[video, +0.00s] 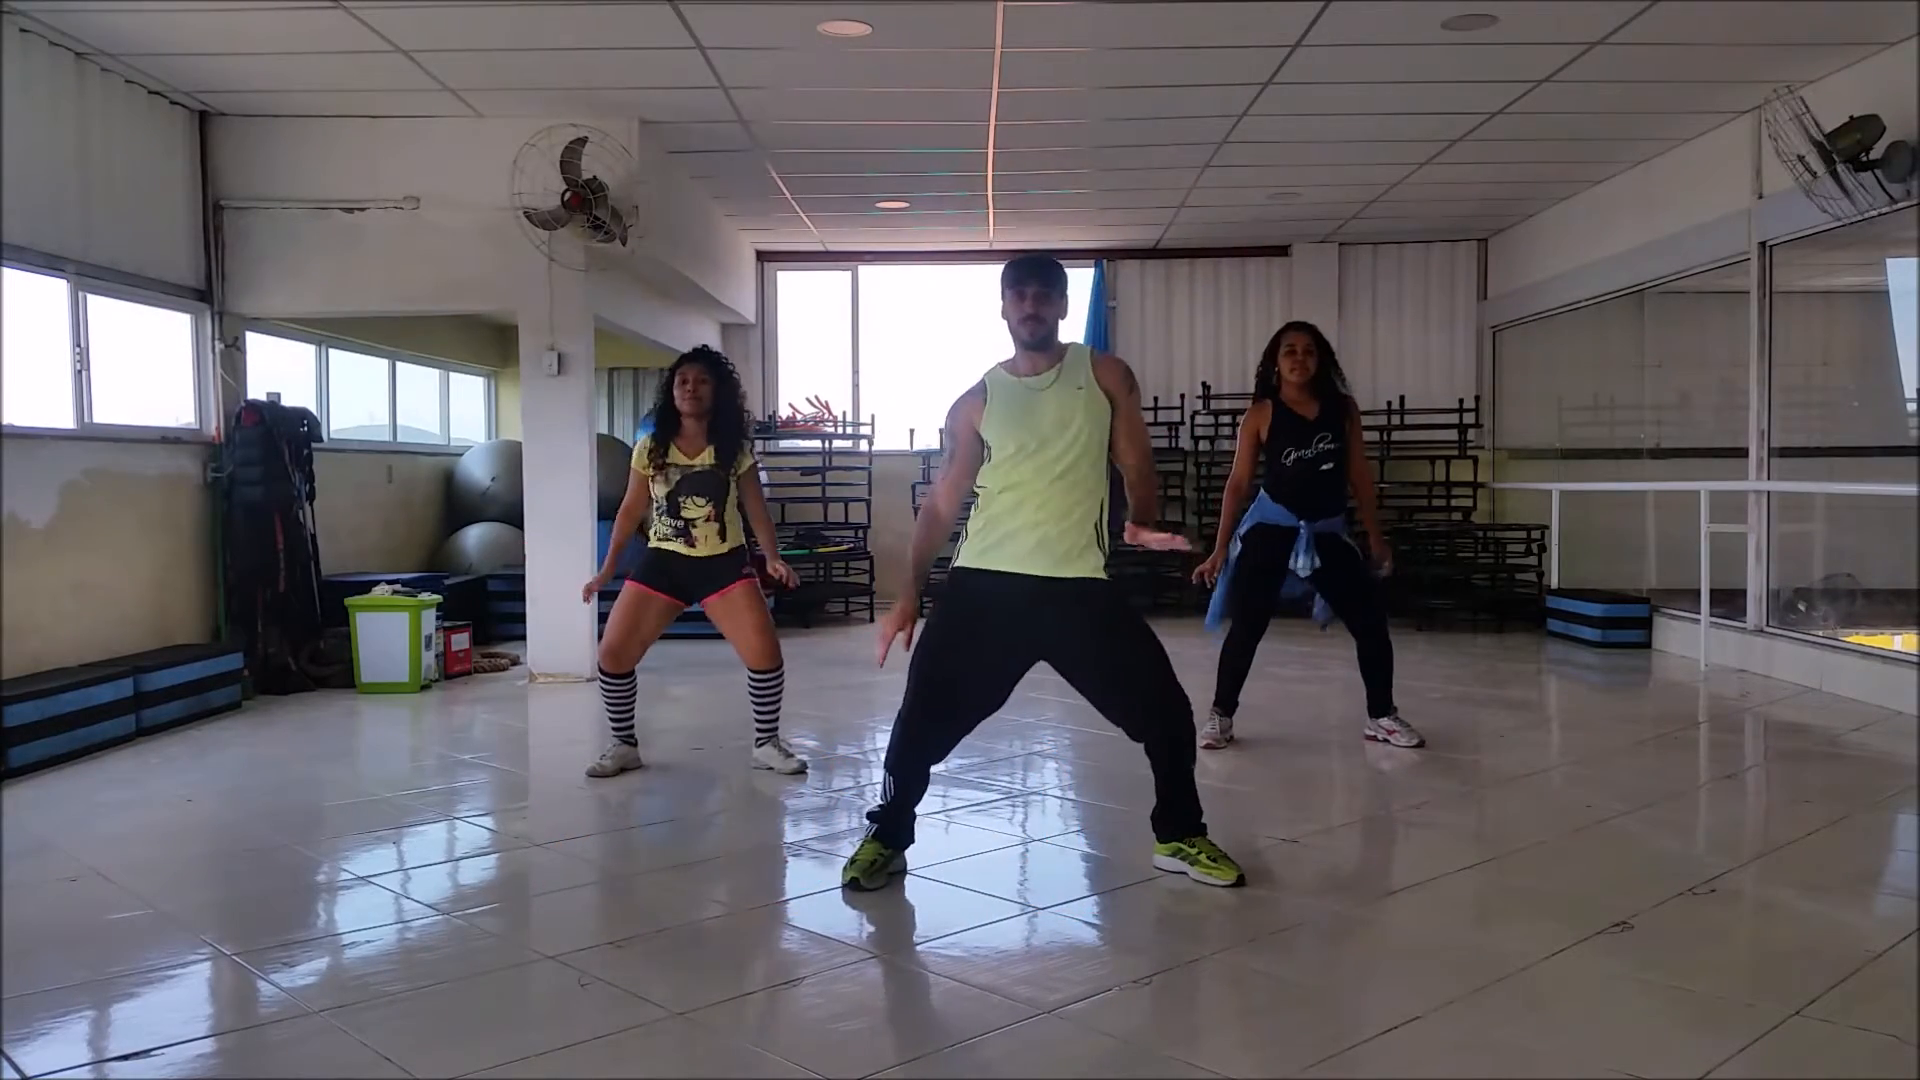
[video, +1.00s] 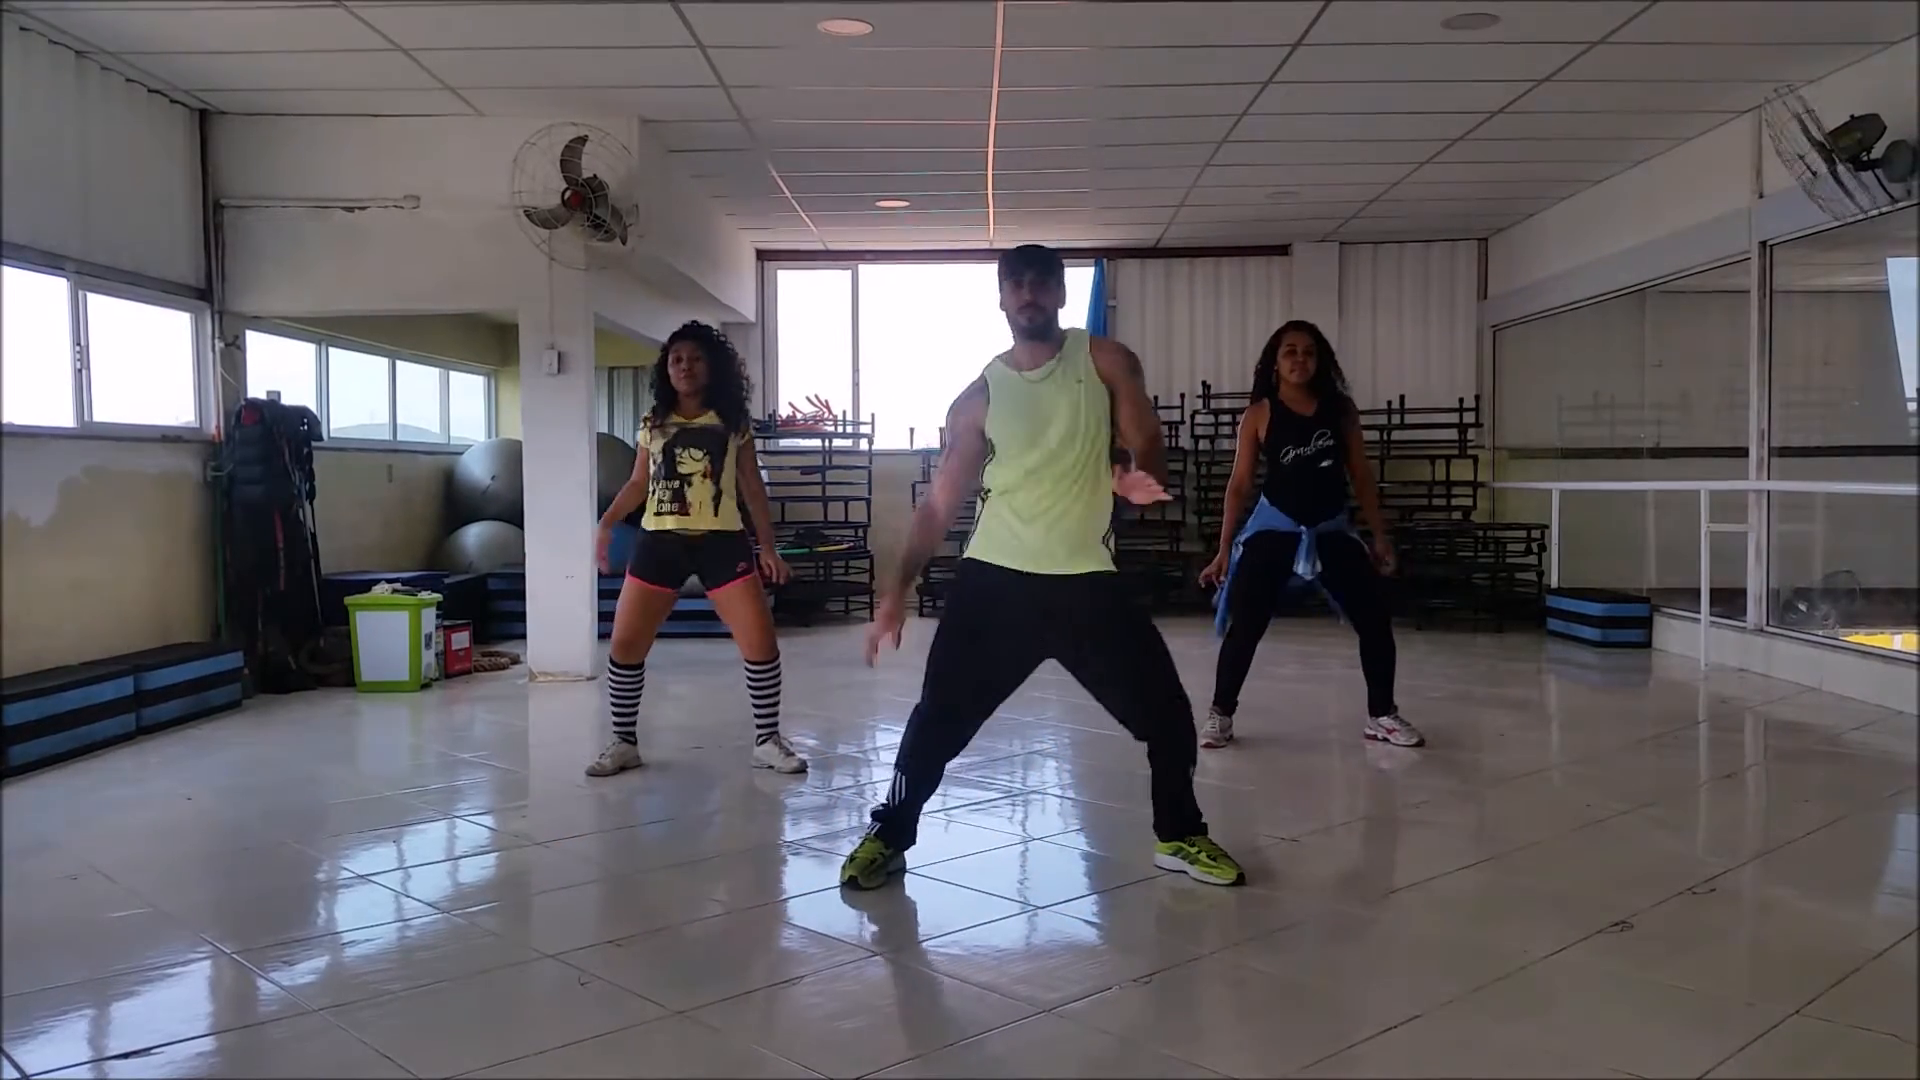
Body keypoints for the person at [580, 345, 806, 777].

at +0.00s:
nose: (689, 388)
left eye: (701, 382)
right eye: (682, 381)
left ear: (718, 392)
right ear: (672, 389)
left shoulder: (734, 449)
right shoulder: (651, 446)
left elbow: (756, 509)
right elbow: (630, 510)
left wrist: (772, 556)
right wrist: (608, 568)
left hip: (724, 567)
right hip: (662, 566)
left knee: (765, 653)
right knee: (613, 653)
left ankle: (767, 744)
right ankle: (624, 746)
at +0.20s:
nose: (694, 380)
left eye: (705, 374)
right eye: (686, 373)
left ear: (722, 385)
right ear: (676, 381)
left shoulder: (734, 439)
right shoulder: (654, 429)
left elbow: (753, 504)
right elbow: (627, 487)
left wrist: (775, 560)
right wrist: (616, 545)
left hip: (729, 560)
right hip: (667, 563)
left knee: (766, 647)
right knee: (616, 652)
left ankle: (767, 744)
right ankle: (624, 745)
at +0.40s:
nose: (687, 378)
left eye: (698, 371)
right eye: (680, 371)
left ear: (716, 380)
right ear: (670, 380)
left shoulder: (737, 437)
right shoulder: (655, 434)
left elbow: (756, 499)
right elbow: (634, 490)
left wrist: (755, 550)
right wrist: (596, 521)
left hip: (723, 563)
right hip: (658, 562)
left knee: (770, 649)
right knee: (616, 651)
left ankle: (767, 744)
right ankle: (624, 745)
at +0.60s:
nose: (689, 393)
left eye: (699, 386)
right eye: (681, 386)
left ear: (718, 395)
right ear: (671, 395)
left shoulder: (735, 451)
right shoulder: (651, 452)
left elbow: (761, 511)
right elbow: (622, 515)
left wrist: (759, 560)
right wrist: (582, 565)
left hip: (721, 569)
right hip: (657, 570)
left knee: (768, 653)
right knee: (611, 655)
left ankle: (767, 745)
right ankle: (623, 746)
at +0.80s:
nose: (692, 379)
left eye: (704, 373)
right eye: (685, 372)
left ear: (721, 384)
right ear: (675, 382)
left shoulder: (731, 439)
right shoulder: (651, 428)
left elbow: (752, 501)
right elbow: (620, 486)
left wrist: (779, 555)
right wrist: (613, 549)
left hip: (727, 555)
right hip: (666, 561)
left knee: (764, 643)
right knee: (614, 650)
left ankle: (768, 743)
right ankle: (623, 745)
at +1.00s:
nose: (684, 366)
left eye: (694, 359)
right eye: (676, 360)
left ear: (713, 367)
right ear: (666, 369)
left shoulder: (734, 422)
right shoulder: (655, 422)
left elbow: (753, 488)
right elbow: (637, 483)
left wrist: (768, 545)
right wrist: (606, 524)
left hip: (724, 545)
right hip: (660, 544)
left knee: (761, 644)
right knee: (625, 643)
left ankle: (767, 743)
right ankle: (624, 743)